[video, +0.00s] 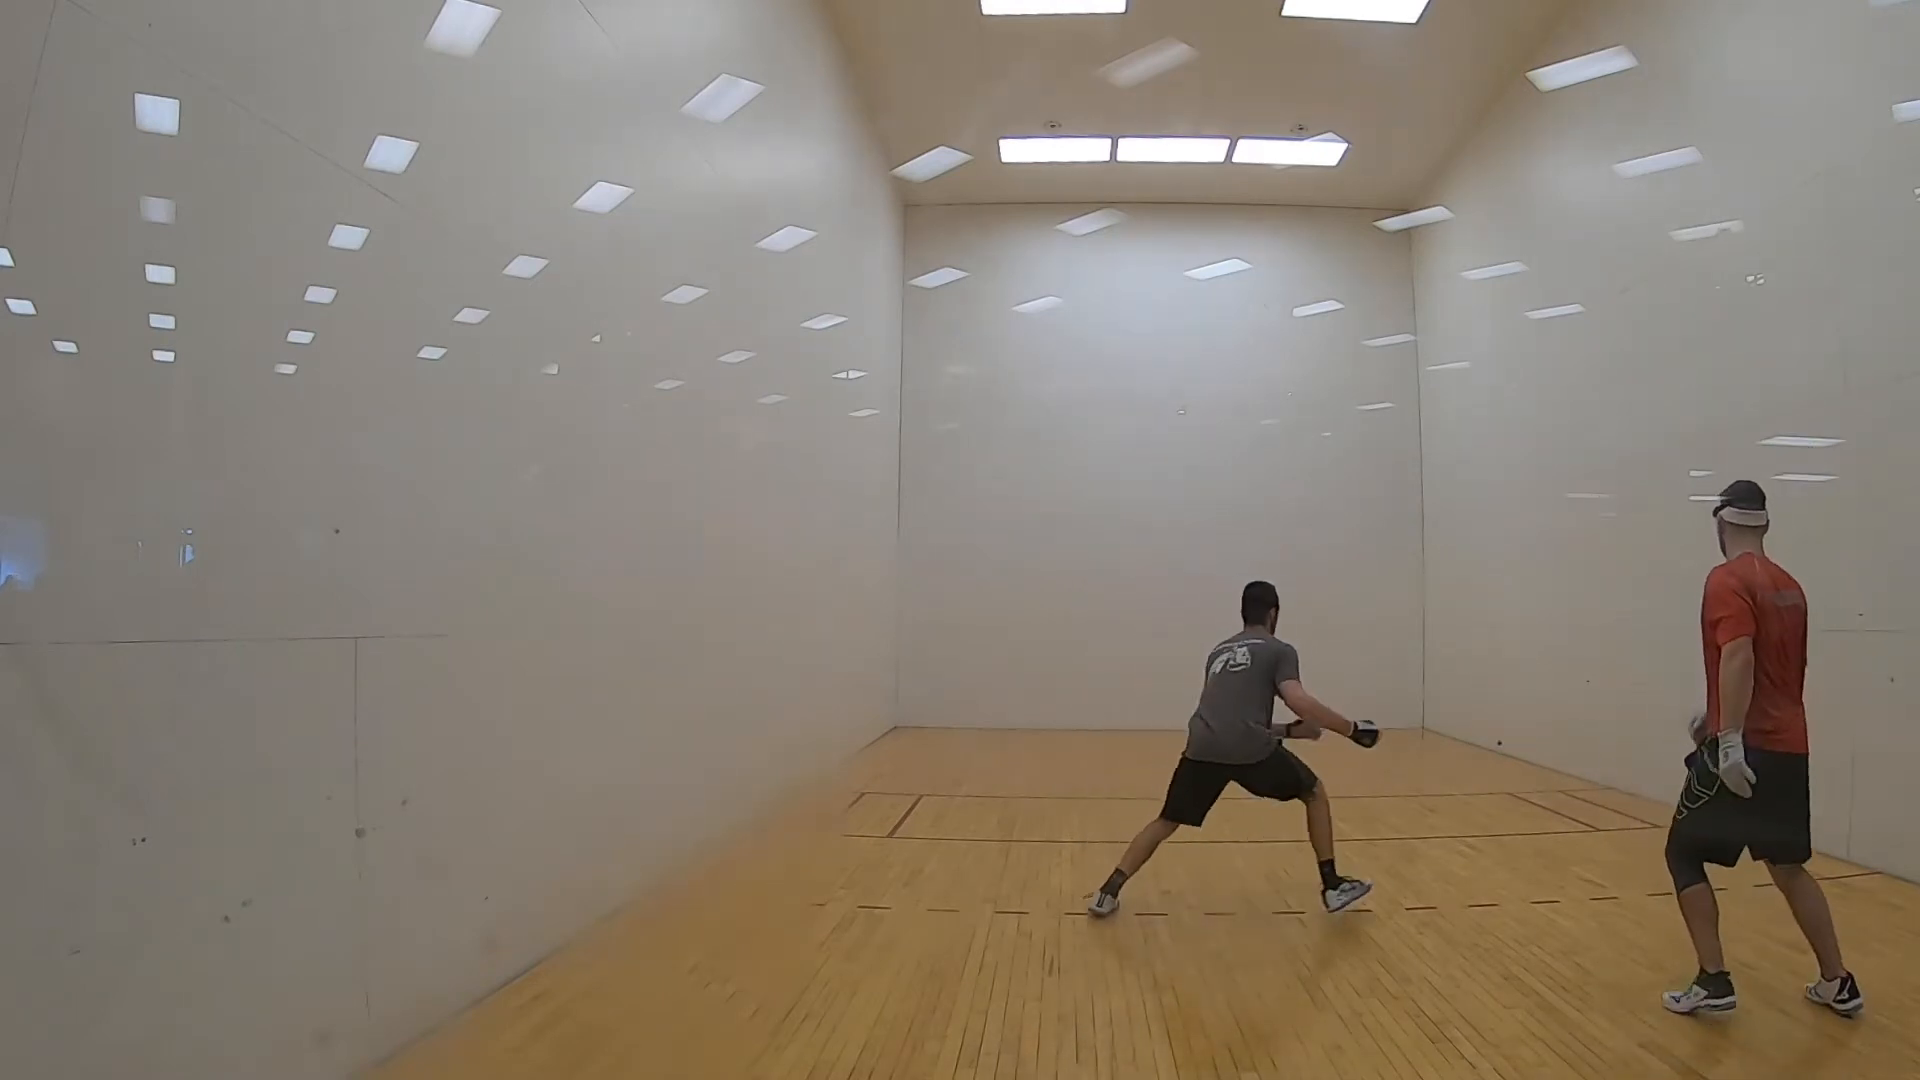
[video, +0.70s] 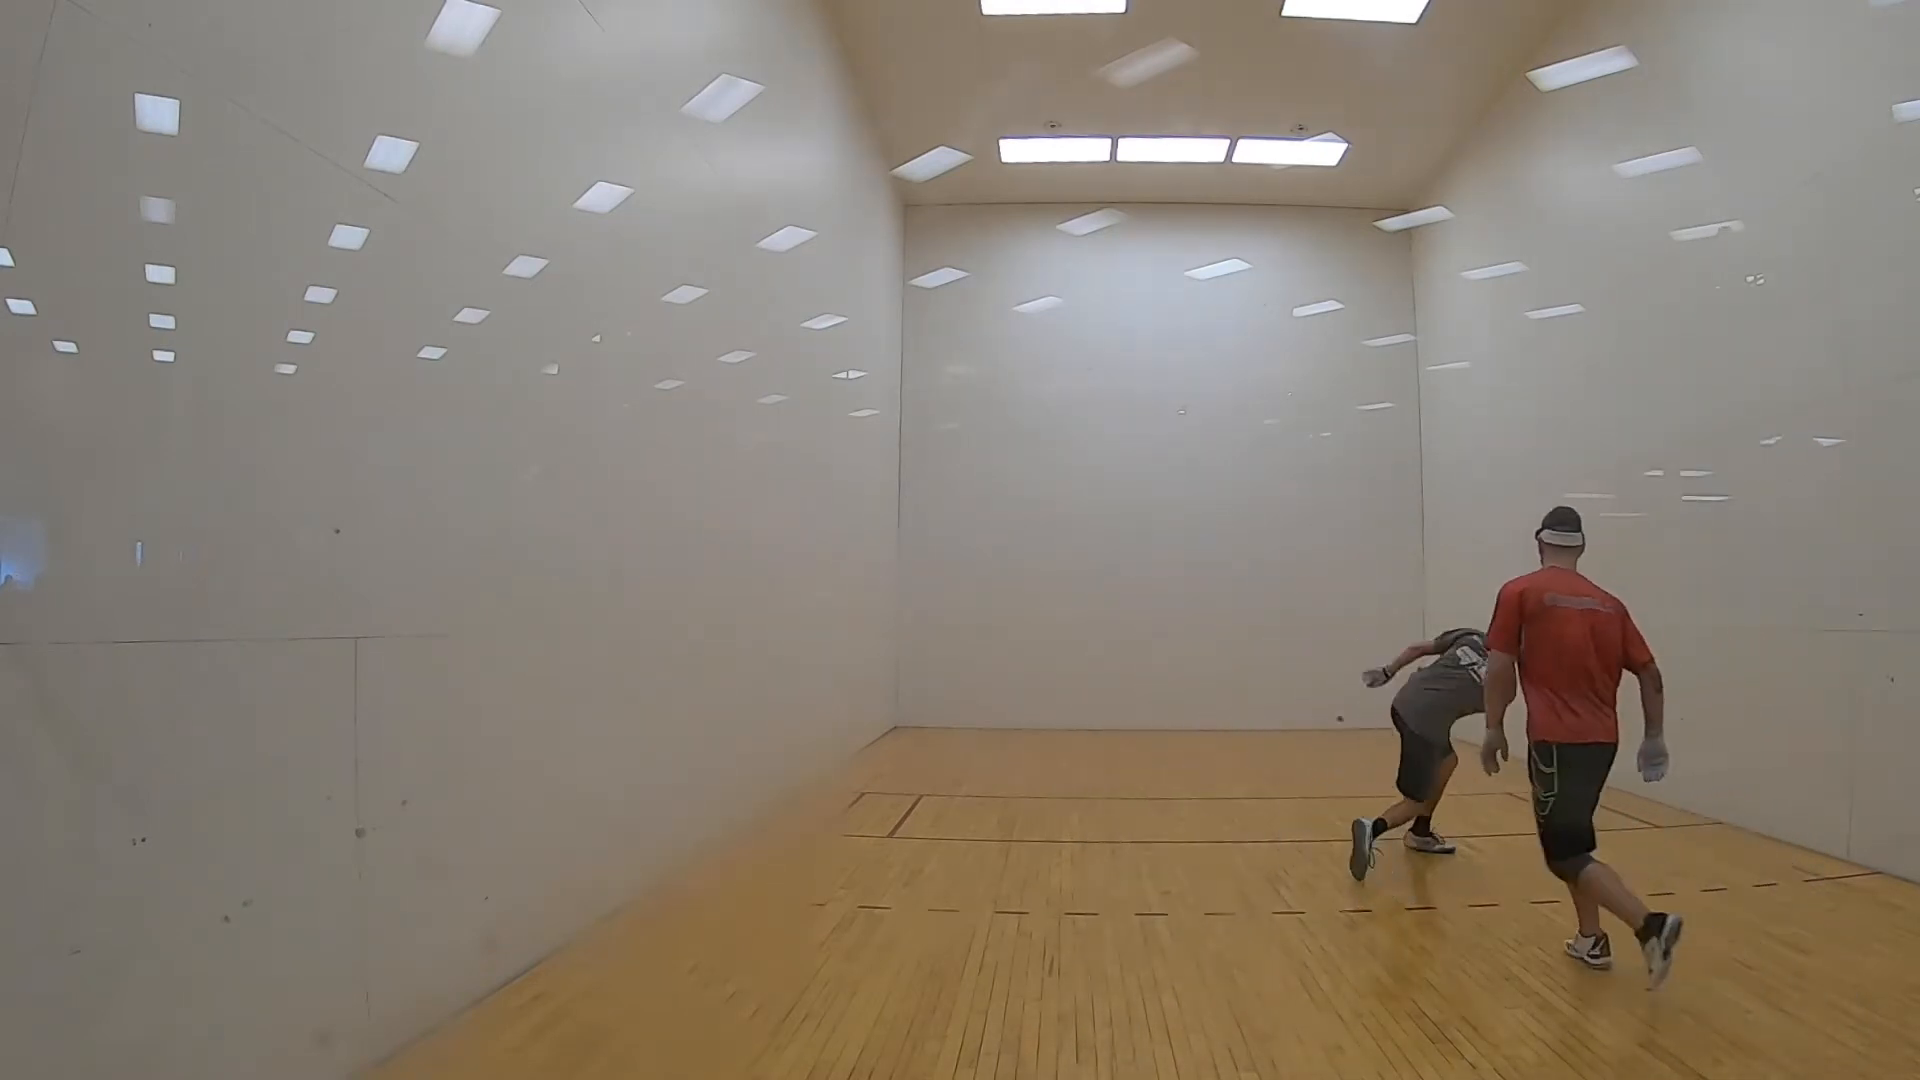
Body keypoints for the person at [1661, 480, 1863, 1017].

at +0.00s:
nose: (1715, 531)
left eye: (1716, 523)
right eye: (1722, 522)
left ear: (1720, 523)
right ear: (1765, 527)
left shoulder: (1726, 578)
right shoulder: (1790, 586)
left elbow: (1739, 656)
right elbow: (1784, 677)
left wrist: (1730, 740)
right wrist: (1717, 715)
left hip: (1737, 754)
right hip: (1788, 755)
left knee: (1682, 853)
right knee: (1788, 863)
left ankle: (1713, 980)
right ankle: (1837, 979)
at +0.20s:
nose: (1698, 530)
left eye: (1697, 522)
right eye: (1707, 522)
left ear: (1699, 523)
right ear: (1744, 524)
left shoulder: (1699, 581)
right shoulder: (1773, 580)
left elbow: (1703, 657)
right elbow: (1789, 662)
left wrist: (1688, 739)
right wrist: (1787, 738)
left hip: (1723, 749)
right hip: (1780, 751)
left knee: (1666, 850)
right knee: (1797, 863)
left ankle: (1718, 966)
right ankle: (1837, 982)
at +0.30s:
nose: (1679, 539)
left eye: (1676, 531)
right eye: (1695, 531)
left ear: (1675, 532)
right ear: (1722, 532)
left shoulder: (1674, 592)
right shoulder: (1752, 589)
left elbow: (1666, 669)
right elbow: (1774, 667)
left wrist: (1643, 750)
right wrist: (1761, 739)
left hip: (1701, 756)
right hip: (1761, 757)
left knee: (1665, 863)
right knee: (1775, 862)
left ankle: (1737, 971)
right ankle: (1831, 978)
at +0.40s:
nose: (1646, 549)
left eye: (1644, 541)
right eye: (1656, 541)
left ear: (1645, 541)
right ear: (1690, 541)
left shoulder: (1640, 602)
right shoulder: (1724, 598)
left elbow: (1618, 685)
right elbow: (1753, 678)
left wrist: (1594, 758)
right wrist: (1746, 745)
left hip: (1674, 758)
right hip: (1727, 758)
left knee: (1663, 875)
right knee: (1724, 865)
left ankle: (1740, 978)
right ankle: (1791, 942)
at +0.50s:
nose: (1612, 555)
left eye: (1609, 547)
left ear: (1609, 546)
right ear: (1654, 549)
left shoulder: (1599, 606)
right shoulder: (1692, 604)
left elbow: (1572, 687)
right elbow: (1734, 674)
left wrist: (1554, 749)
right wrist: (1735, 737)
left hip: (1646, 757)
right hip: (1696, 755)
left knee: (1657, 872)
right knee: (1662, 847)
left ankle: (1741, 977)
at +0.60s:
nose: (1581, 555)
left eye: (1578, 547)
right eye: (1596, 547)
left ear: (1574, 545)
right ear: (1619, 547)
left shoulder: (1556, 596)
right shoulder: (1653, 600)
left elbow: (1532, 668)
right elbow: (1698, 665)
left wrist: (1526, 732)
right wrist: (1704, 729)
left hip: (1605, 745)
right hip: (1651, 744)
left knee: (1641, 862)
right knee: (1592, 820)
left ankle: (1720, 960)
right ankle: (1597, 936)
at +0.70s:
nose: (1542, 552)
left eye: (1539, 545)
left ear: (1540, 544)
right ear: (1582, 549)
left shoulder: (1520, 592)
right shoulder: (1609, 604)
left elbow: (1500, 665)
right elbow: (1650, 675)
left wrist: (1493, 729)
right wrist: (1654, 735)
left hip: (1554, 741)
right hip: (1601, 742)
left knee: (1565, 855)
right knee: (1572, 841)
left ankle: (1648, 926)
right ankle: (1592, 939)